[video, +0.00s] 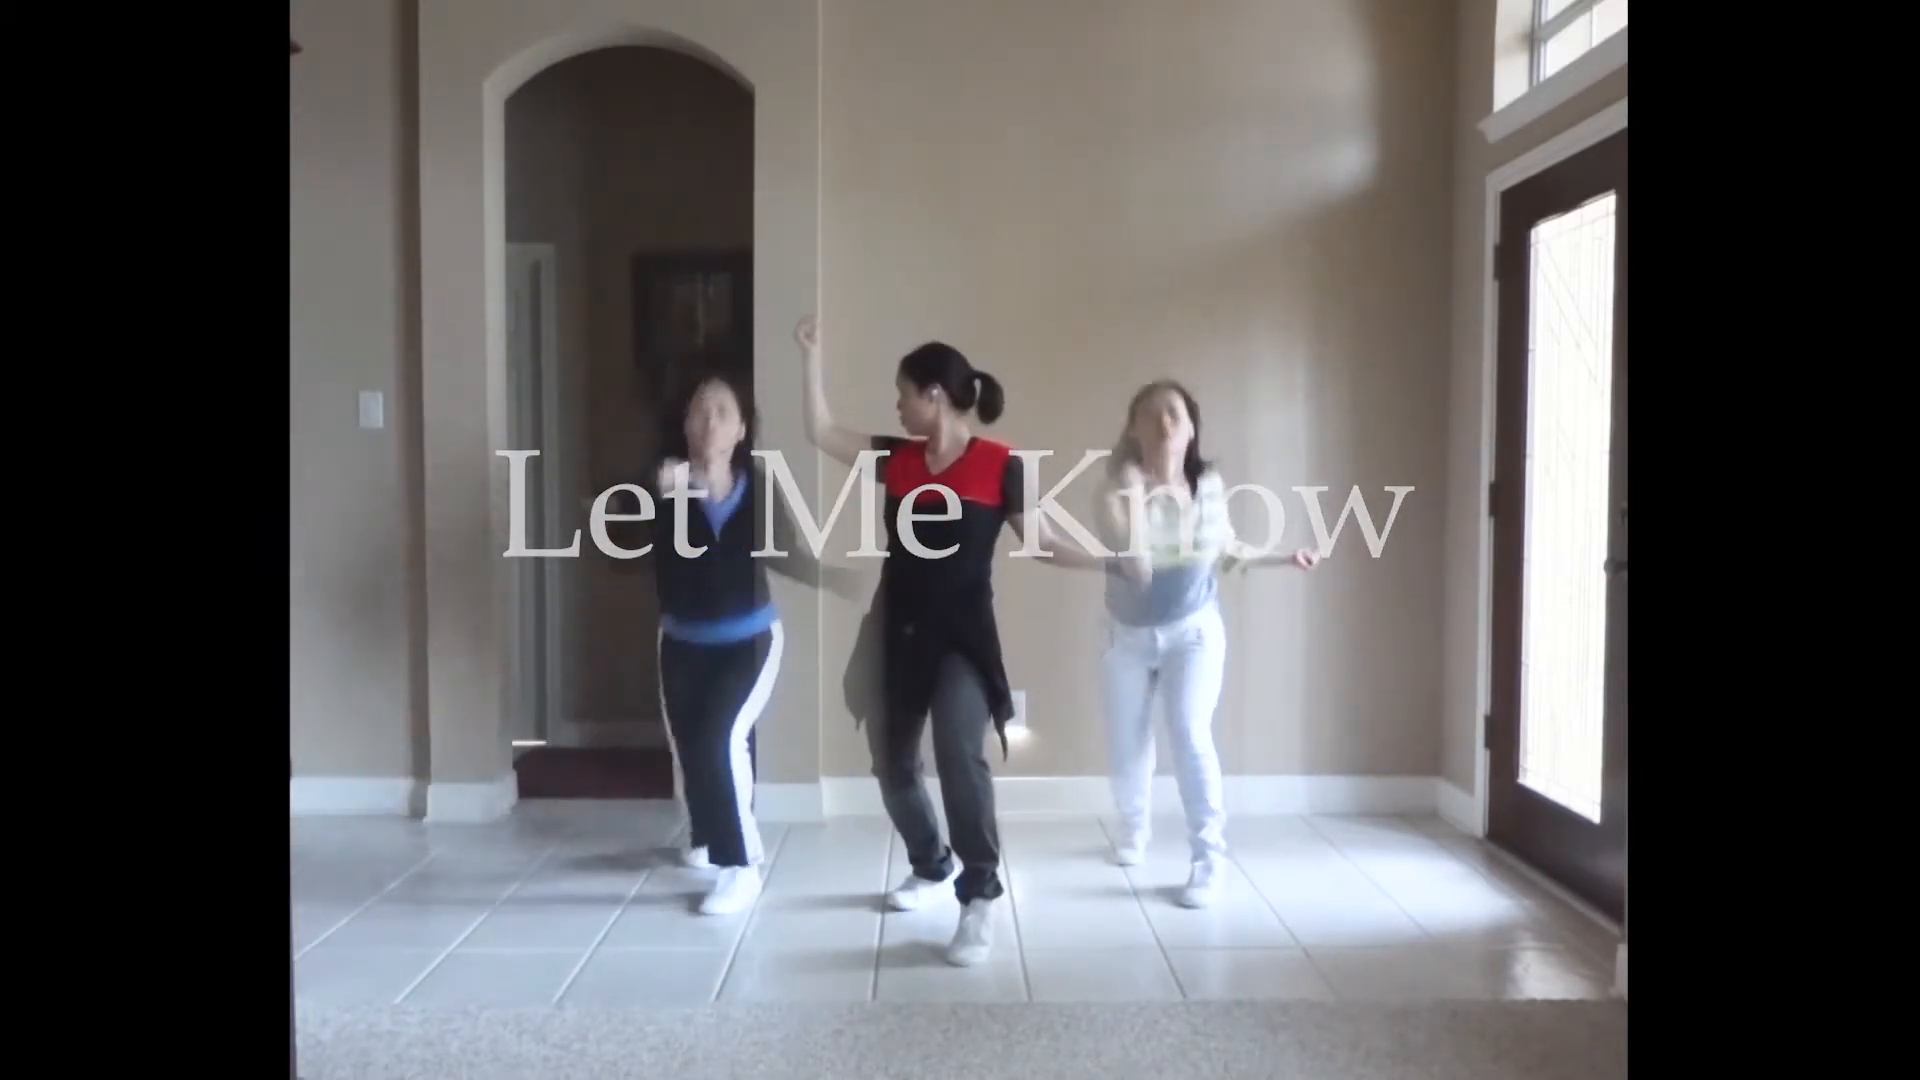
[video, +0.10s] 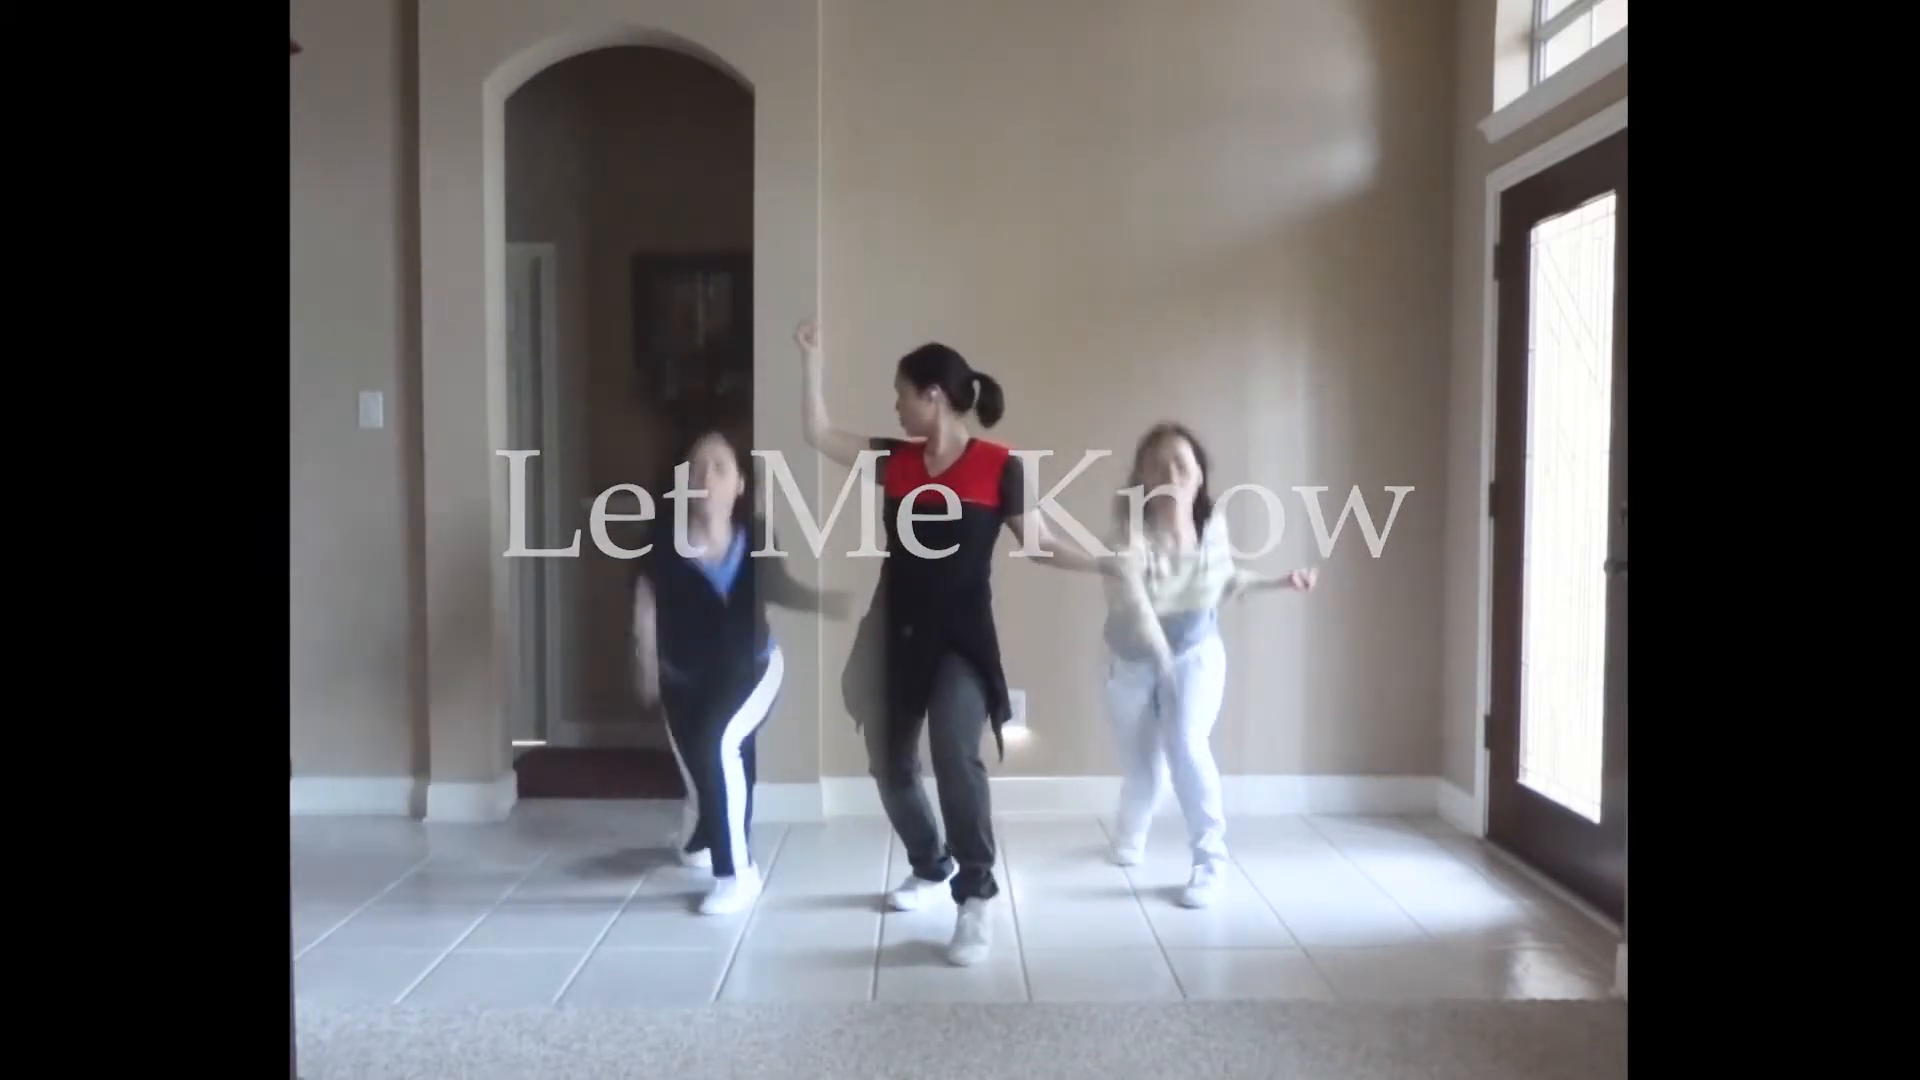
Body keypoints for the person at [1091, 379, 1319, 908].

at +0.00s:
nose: (1164, 424)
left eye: (1174, 416)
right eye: (1152, 416)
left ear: (1191, 429)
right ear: (1134, 429)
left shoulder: (1207, 486)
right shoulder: (1117, 488)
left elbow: (1224, 556)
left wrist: (1284, 557)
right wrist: (1136, 493)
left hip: (1193, 632)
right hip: (1129, 637)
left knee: (1189, 734)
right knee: (1127, 748)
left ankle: (1207, 857)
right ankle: (1132, 832)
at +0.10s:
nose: (1171, 475)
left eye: (1182, 465)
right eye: (1159, 466)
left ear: (1199, 476)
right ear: (1142, 476)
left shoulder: (1211, 523)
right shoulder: (1127, 526)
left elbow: (1226, 584)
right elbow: (1128, 597)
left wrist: (1279, 582)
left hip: (1195, 648)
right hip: (1132, 651)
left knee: (1186, 744)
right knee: (1139, 763)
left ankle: (1208, 861)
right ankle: (1129, 843)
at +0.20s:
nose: (1179, 518)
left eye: (1191, 508)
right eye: (1166, 505)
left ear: (1208, 514)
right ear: (1151, 510)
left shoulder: (1216, 555)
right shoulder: (1131, 566)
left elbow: (1226, 600)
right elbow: (1137, 650)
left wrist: (1278, 602)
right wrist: (1165, 719)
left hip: (1192, 655)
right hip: (1134, 667)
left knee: (1184, 743)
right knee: (1158, 792)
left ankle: (1208, 861)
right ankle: (1128, 831)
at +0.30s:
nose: (1193, 530)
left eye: (1203, 520)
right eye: (1182, 518)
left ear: (1215, 520)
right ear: (1159, 516)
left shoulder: (1212, 566)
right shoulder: (1128, 564)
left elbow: (1231, 592)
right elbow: (1134, 632)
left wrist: (1276, 603)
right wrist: (1161, 686)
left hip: (1189, 648)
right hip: (1131, 659)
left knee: (1186, 735)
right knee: (1156, 784)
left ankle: (1209, 861)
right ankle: (1129, 829)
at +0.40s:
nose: (1199, 521)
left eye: (1209, 509)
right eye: (1189, 507)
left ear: (1220, 503)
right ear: (1164, 496)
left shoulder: (1213, 538)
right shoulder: (1124, 524)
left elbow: (1224, 578)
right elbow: (1126, 585)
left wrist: (1274, 592)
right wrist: (1153, 631)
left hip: (1184, 629)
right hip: (1123, 634)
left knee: (1182, 732)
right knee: (1142, 752)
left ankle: (1209, 859)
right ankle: (1127, 833)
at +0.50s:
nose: (1190, 503)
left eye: (1204, 495)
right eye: (1182, 487)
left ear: (1216, 493)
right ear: (1161, 471)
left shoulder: (1203, 526)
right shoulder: (1117, 504)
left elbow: (1220, 561)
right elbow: (1115, 561)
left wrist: (1266, 573)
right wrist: (1135, 594)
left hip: (1180, 624)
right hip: (1118, 630)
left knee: (1182, 732)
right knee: (1138, 748)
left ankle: (1207, 858)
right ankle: (1121, 824)